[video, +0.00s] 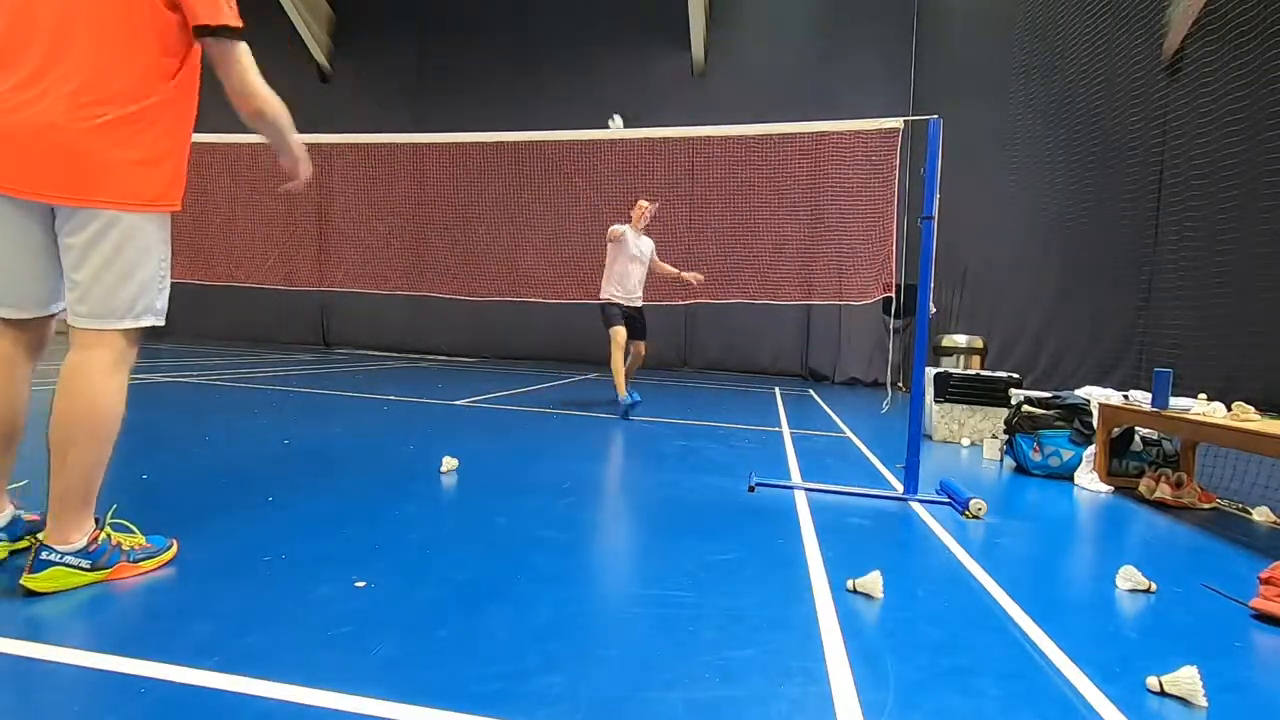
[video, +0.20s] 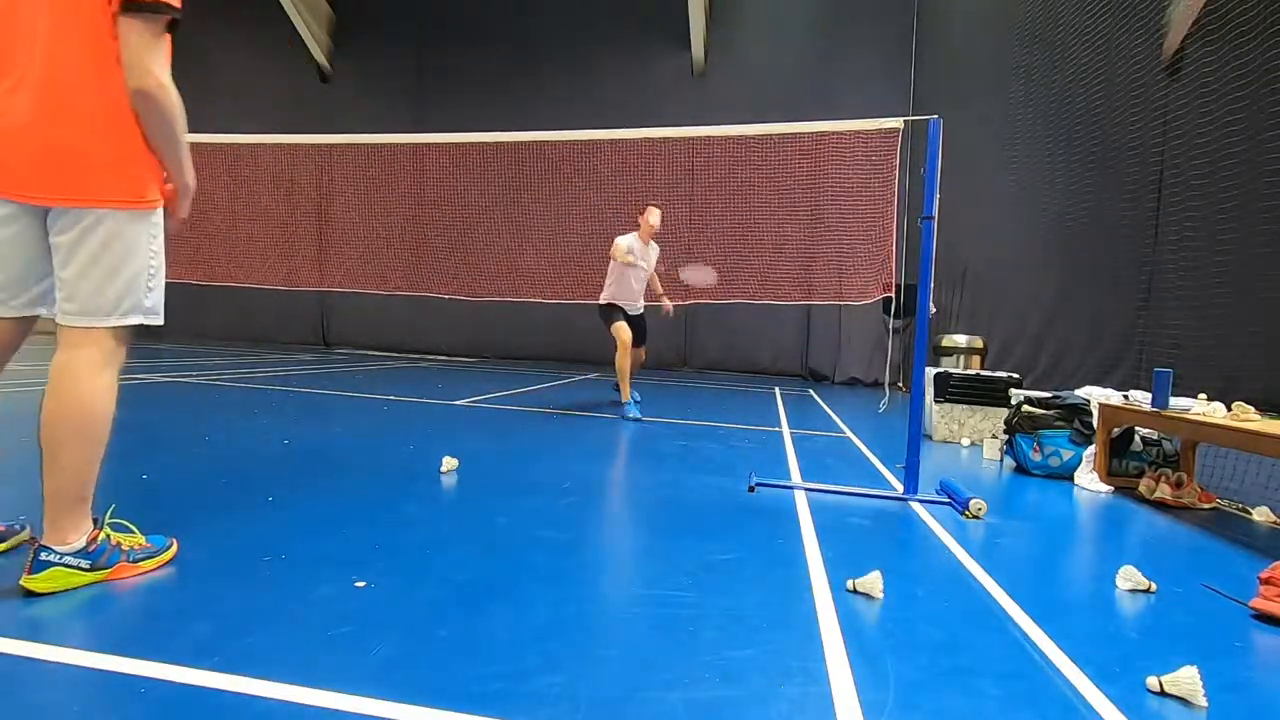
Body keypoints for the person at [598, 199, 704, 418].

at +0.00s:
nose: (644, 213)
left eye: (648, 211)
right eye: (641, 208)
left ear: (650, 217)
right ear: (631, 211)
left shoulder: (648, 243)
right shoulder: (620, 231)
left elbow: (657, 266)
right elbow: (612, 235)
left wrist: (683, 274)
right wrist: (620, 230)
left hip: (635, 303)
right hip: (612, 299)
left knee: (639, 351)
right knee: (619, 337)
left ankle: (624, 382)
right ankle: (621, 394)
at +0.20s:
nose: (655, 224)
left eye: (658, 220)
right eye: (651, 218)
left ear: (659, 224)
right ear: (640, 219)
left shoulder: (654, 249)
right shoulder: (623, 241)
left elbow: (650, 273)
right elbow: (617, 253)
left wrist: (663, 297)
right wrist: (629, 260)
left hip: (636, 308)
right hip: (612, 304)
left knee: (639, 355)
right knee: (625, 339)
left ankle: (624, 383)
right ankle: (626, 400)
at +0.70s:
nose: (650, 225)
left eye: (653, 222)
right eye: (646, 220)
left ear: (656, 228)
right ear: (636, 224)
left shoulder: (652, 252)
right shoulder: (621, 248)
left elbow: (646, 276)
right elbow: (608, 263)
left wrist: (652, 300)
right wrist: (600, 273)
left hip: (636, 310)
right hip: (611, 306)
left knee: (644, 361)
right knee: (622, 339)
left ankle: (621, 371)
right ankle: (626, 400)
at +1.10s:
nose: (622, 206)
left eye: (626, 203)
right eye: (619, 202)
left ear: (632, 209)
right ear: (613, 207)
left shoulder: (639, 237)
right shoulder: (597, 233)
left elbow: (650, 264)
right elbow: (583, 262)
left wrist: (655, 278)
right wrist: (572, 289)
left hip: (625, 298)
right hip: (599, 295)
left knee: (626, 347)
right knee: (600, 332)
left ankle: (611, 388)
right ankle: (601, 390)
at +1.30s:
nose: (608, 204)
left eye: (611, 200)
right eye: (605, 200)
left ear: (617, 206)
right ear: (599, 204)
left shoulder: (627, 231)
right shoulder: (586, 231)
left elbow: (638, 258)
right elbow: (574, 258)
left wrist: (636, 271)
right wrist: (566, 275)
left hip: (617, 293)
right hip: (589, 291)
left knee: (619, 342)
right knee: (575, 337)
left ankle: (610, 388)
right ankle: (568, 382)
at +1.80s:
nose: (605, 220)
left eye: (609, 217)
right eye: (602, 216)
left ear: (615, 221)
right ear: (597, 219)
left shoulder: (624, 245)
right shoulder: (584, 246)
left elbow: (632, 269)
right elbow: (573, 274)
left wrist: (635, 294)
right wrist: (571, 300)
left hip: (618, 302)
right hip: (591, 303)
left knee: (636, 340)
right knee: (583, 344)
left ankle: (640, 385)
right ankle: (581, 378)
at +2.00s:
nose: (630, 224)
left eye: (633, 221)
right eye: (626, 220)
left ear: (637, 227)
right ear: (620, 224)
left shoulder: (642, 252)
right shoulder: (604, 250)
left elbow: (644, 278)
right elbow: (592, 279)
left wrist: (651, 300)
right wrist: (590, 309)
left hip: (633, 307)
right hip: (608, 309)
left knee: (652, 348)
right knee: (598, 352)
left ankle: (643, 388)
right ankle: (584, 377)